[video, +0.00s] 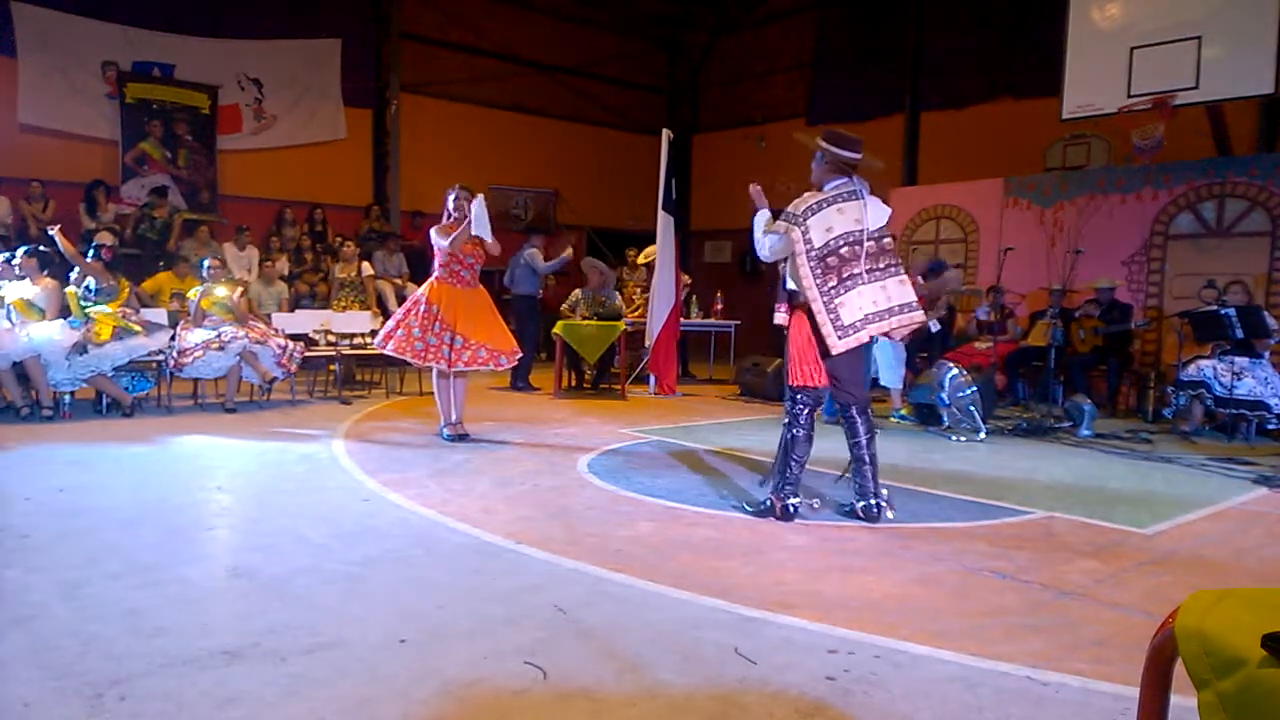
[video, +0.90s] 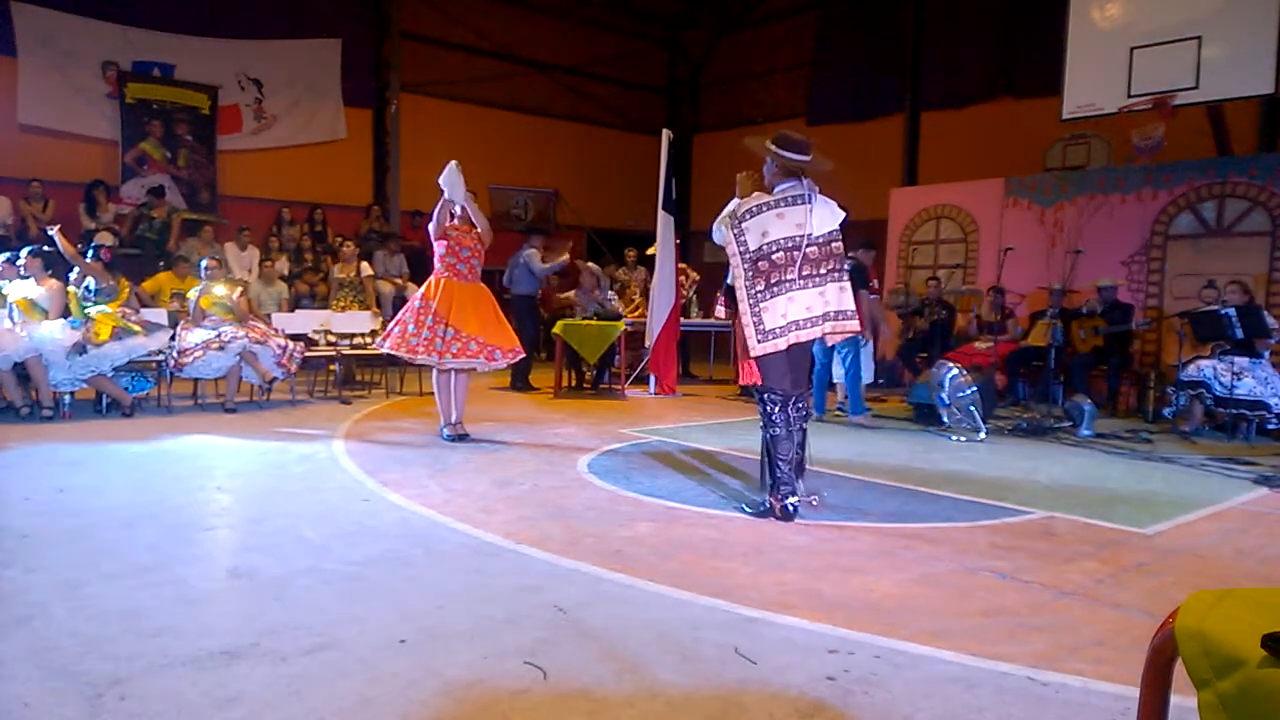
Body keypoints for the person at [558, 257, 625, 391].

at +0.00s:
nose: (590, 276)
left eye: (594, 273)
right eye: (591, 273)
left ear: (602, 277)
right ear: (588, 275)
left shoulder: (613, 295)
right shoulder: (579, 293)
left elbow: (619, 312)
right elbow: (563, 309)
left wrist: (598, 314)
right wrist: (575, 318)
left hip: (603, 333)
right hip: (581, 331)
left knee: (610, 349)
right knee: (569, 345)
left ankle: (597, 380)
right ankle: (578, 377)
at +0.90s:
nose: (583, 278)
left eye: (587, 275)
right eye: (582, 275)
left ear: (595, 279)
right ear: (579, 277)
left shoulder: (607, 295)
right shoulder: (575, 294)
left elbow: (616, 311)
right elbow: (555, 299)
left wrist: (600, 300)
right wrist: (571, 301)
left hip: (601, 330)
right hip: (579, 330)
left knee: (610, 348)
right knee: (570, 346)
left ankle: (597, 380)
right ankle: (579, 377)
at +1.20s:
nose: (579, 280)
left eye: (583, 276)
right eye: (579, 276)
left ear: (593, 279)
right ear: (577, 279)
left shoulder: (608, 294)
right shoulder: (573, 296)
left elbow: (619, 311)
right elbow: (567, 316)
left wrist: (601, 309)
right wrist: (567, 307)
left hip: (602, 331)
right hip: (580, 331)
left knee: (610, 347)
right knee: (570, 344)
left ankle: (597, 381)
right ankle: (579, 377)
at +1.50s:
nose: (580, 280)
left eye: (584, 277)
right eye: (580, 277)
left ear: (594, 280)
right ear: (579, 279)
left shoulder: (609, 294)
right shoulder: (576, 297)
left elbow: (620, 312)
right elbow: (560, 312)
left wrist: (601, 308)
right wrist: (560, 296)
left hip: (602, 332)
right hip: (580, 332)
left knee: (609, 348)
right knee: (570, 344)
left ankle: (597, 381)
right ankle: (579, 378)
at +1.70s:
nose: (582, 280)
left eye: (585, 276)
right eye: (582, 277)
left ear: (596, 279)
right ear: (582, 278)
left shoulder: (611, 295)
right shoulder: (579, 296)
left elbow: (620, 311)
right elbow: (564, 310)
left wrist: (603, 307)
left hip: (602, 332)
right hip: (581, 332)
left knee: (609, 348)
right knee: (570, 345)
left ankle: (597, 381)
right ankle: (579, 379)